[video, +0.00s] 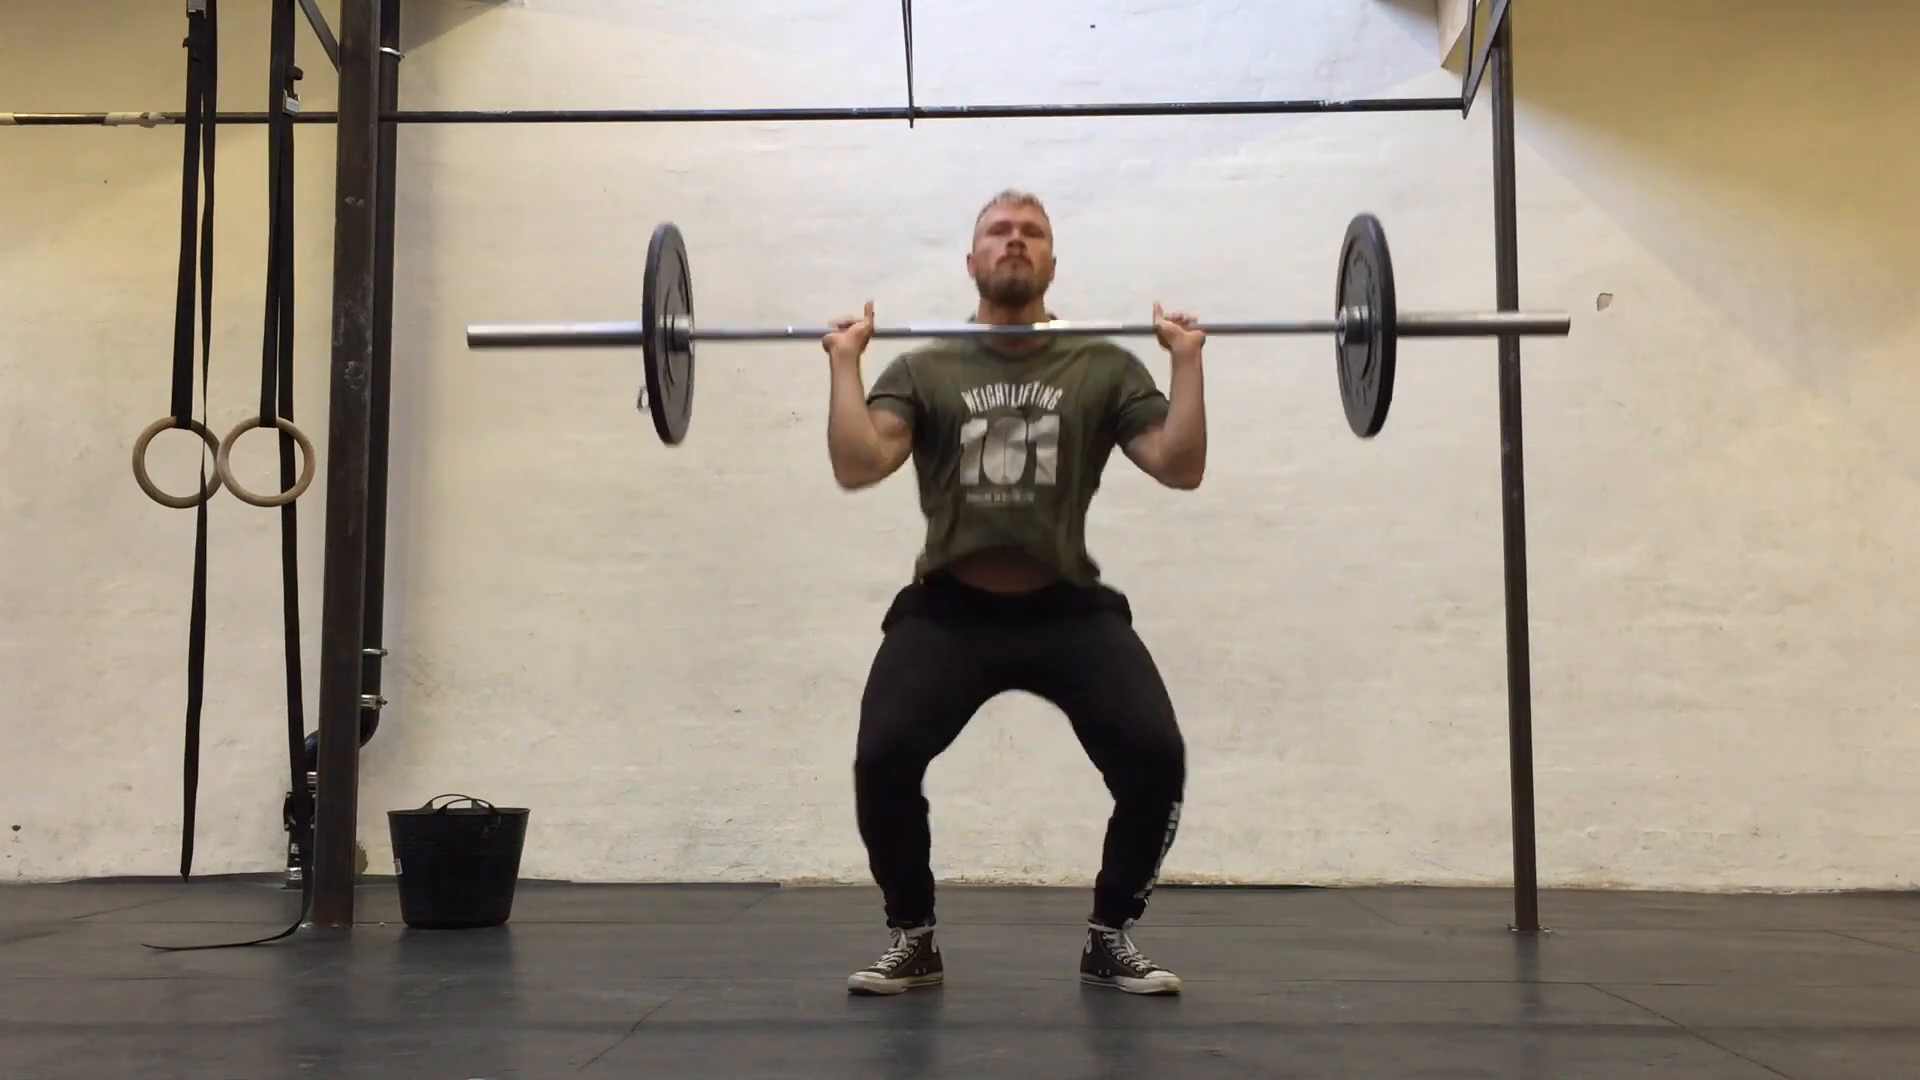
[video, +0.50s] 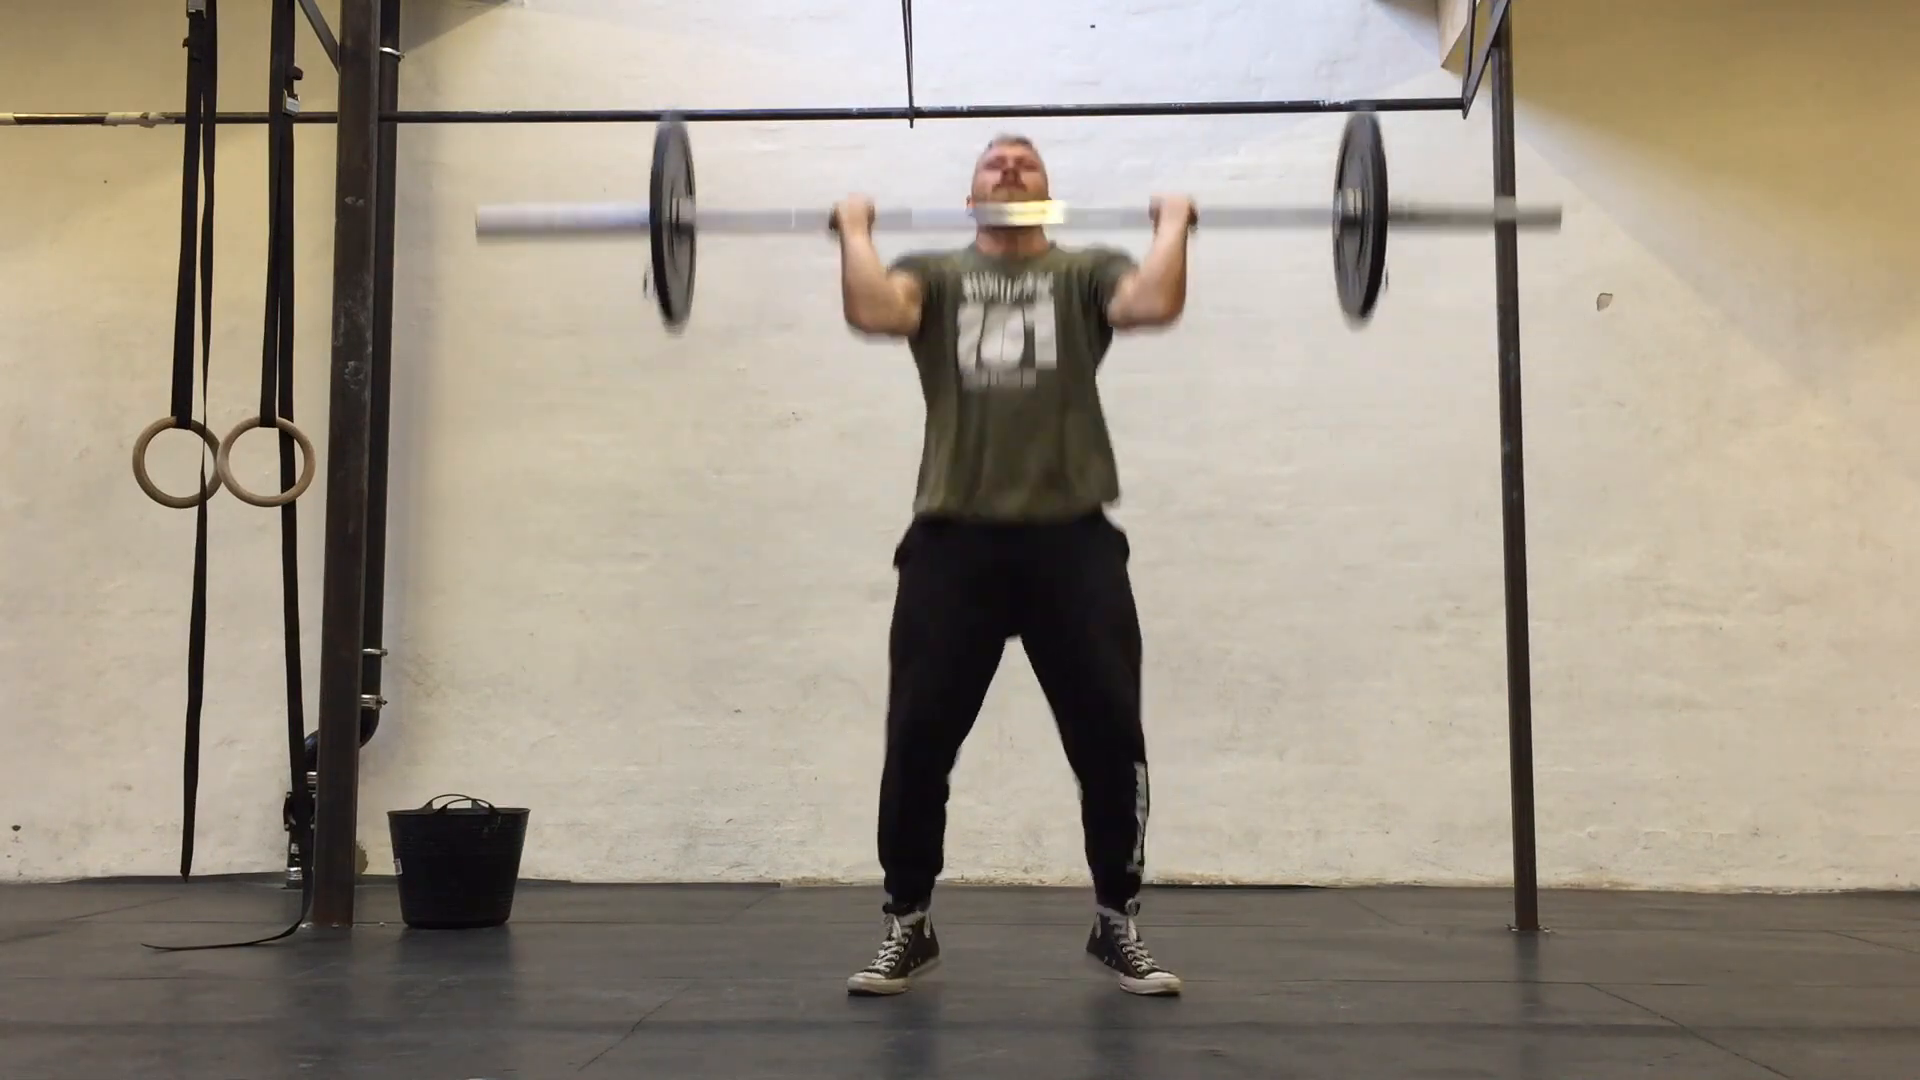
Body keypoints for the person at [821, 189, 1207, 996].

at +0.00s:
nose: (1015, 240)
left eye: (1031, 232)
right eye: (999, 230)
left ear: (1053, 265)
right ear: (970, 261)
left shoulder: (1101, 366)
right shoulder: (925, 370)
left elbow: (1181, 468)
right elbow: (856, 466)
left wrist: (1186, 359)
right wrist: (845, 363)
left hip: (1069, 614)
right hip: (947, 615)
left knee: (1155, 761)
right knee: (882, 761)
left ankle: (1109, 944)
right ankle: (913, 942)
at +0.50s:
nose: (1011, 169)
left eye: (1026, 163)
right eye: (996, 162)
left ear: (1049, 196)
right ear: (971, 195)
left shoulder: (1085, 275)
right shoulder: (936, 278)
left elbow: (1157, 303)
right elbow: (871, 312)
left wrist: (1173, 223)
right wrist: (854, 233)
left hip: (1071, 546)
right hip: (953, 546)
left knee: (1111, 737)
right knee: (917, 739)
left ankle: (1117, 926)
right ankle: (908, 926)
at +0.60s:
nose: (1006, 148)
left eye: (1024, 144)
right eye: (992, 143)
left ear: (1048, 176)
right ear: (972, 174)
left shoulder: (1088, 243)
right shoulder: (931, 246)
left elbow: (1188, 214)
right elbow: (840, 219)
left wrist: (1181, 116)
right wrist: (846, 117)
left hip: (1072, 507)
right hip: (958, 509)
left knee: (1107, 710)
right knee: (932, 711)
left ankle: (1128, 912)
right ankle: (902, 914)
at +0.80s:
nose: (1013, 160)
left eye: (1031, 148)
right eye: (996, 148)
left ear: (1055, 166)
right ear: (973, 164)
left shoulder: (1091, 231)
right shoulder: (936, 232)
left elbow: (1166, 115)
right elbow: (862, 113)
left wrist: (1186, 1)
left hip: (1074, 530)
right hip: (964, 531)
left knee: (1103, 742)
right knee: (931, 736)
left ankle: (1116, 936)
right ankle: (909, 936)